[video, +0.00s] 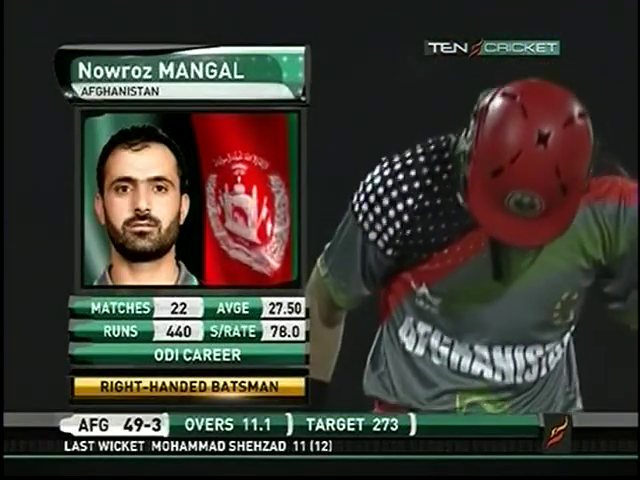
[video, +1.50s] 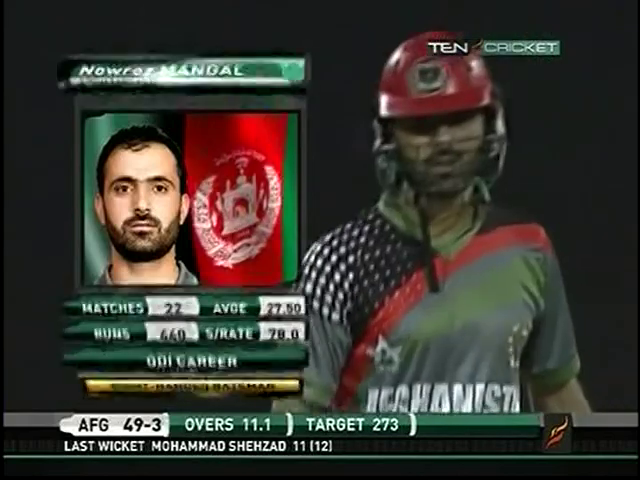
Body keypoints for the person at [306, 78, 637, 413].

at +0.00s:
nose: (517, 241)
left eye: (536, 224)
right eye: (501, 219)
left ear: (577, 183)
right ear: (471, 166)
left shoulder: (616, 209)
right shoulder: (399, 194)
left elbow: (630, 310)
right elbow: (326, 305)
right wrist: (307, 414)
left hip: (539, 427)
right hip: (413, 426)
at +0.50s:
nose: (518, 234)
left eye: (536, 221)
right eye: (505, 215)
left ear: (575, 183)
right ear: (473, 163)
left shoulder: (607, 214)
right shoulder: (398, 189)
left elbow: (634, 338)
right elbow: (312, 291)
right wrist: (278, 412)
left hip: (524, 438)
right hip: (390, 434)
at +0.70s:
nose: (533, 119)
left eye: (548, 101)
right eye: (516, 100)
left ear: (573, 92)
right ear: (473, 82)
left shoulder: (595, 193)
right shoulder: (393, 171)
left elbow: (628, 335)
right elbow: (309, 292)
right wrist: (274, 418)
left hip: (521, 447)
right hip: (387, 440)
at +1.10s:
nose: (492, 101)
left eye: (510, 82)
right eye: (470, 84)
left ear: (536, 98)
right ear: (433, 99)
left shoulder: (563, 237)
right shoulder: (369, 221)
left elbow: (588, 385)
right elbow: (295, 362)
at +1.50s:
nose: (443, 140)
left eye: (460, 120)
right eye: (420, 124)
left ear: (489, 126)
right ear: (388, 135)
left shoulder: (527, 248)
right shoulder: (336, 262)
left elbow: (557, 389)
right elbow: (301, 416)